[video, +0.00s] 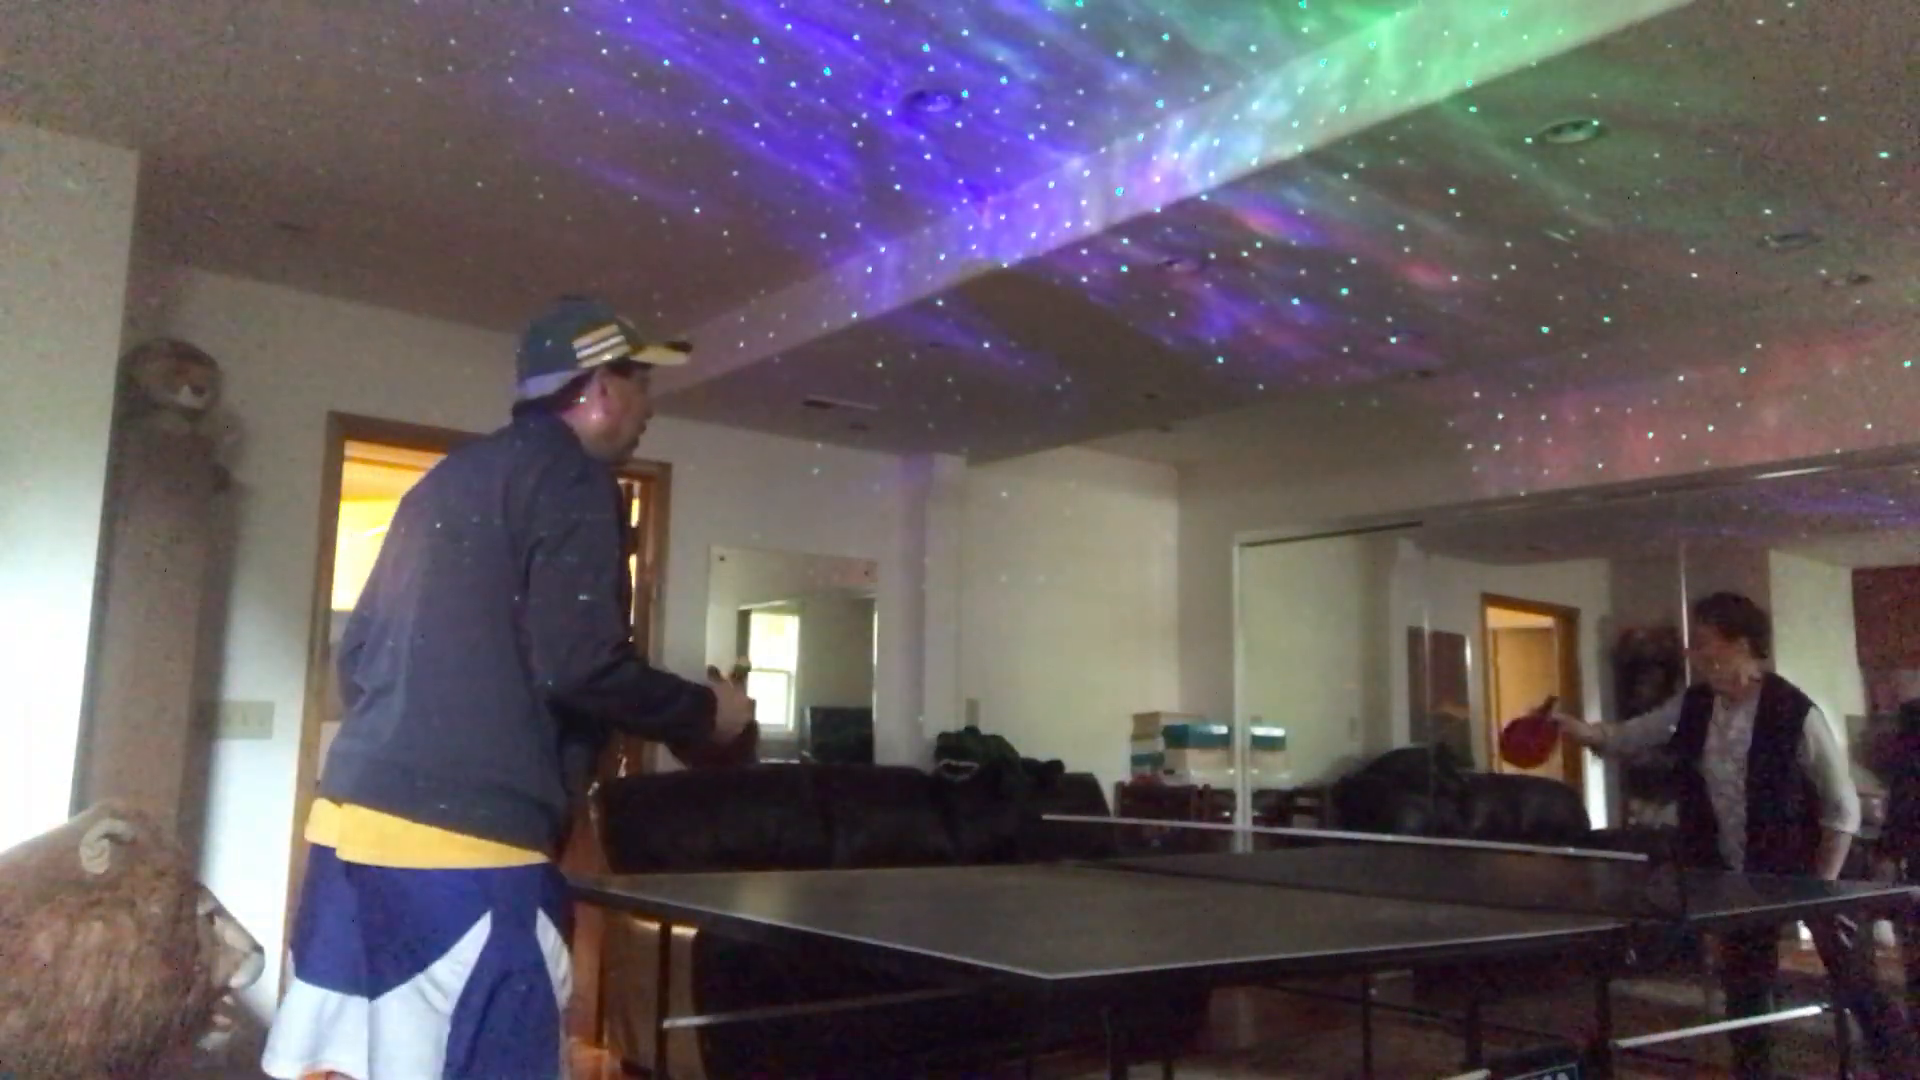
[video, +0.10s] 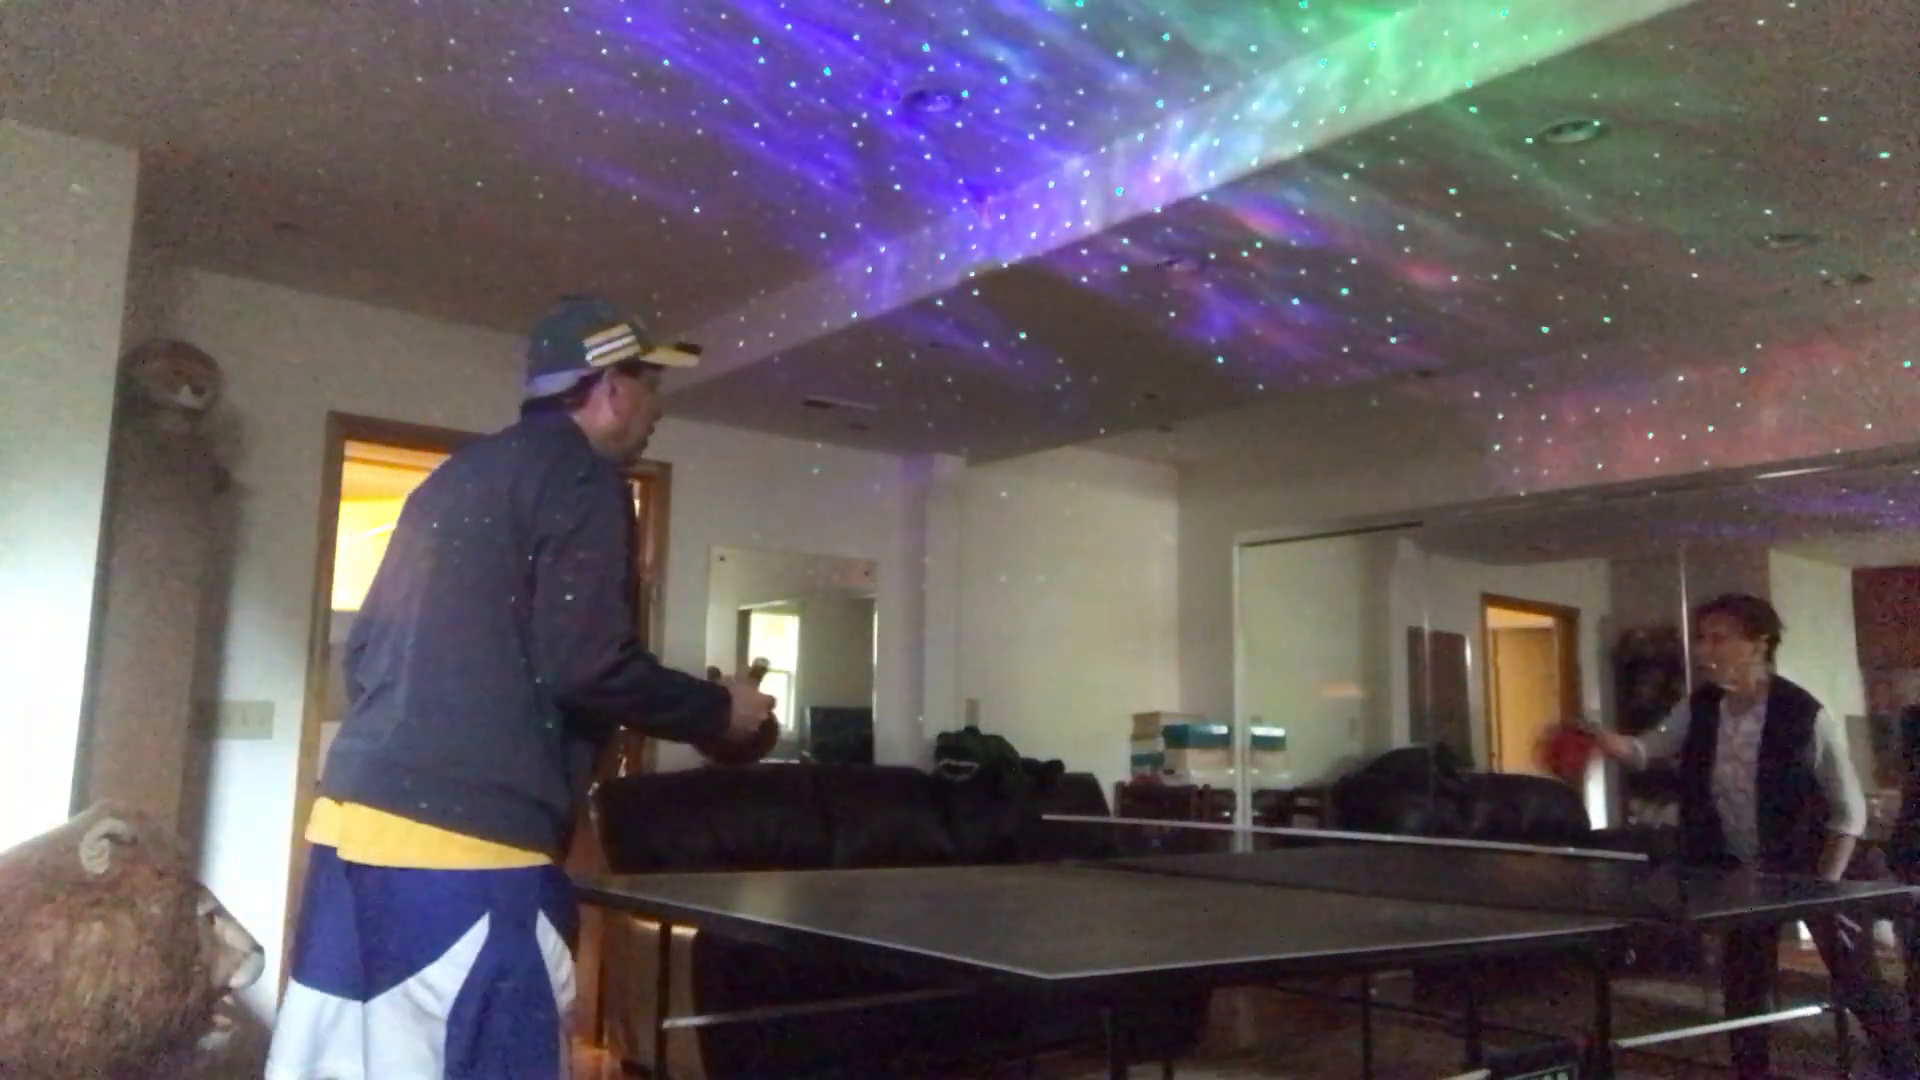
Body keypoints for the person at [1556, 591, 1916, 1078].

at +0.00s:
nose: (1695, 654)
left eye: (1705, 642)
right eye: (1694, 643)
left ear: (1742, 645)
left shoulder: (1796, 711)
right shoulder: (1692, 707)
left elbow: (1842, 808)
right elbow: (1625, 737)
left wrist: (1821, 888)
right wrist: (1562, 724)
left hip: (1808, 873)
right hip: (1738, 879)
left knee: (1858, 987)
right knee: (1745, 995)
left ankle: (1899, 1067)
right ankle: (1750, 1071)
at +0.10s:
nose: (1707, 651)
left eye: (1719, 639)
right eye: (1703, 640)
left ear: (1759, 643)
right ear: (1702, 647)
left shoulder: (1803, 712)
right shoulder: (1699, 707)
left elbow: (1849, 809)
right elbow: (1650, 749)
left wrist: (1824, 890)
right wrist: (1602, 739)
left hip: (1807, 862)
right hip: (1739, 869)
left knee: (1860, 983)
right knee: (1744, 988)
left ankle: (1902, 1067)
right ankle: (1750, 1069)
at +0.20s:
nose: (1713, 652)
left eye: (1729, 640)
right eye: (1710, 640)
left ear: (1768, 648)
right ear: (1705, 647)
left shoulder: (1811, 717)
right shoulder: (1703, 714)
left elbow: (1854, 814)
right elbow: (1671, 781)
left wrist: (1831, 894)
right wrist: (1651, 790)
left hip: (1809, 870)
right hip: (1736, 874)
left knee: (1860, 981)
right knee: (1743, 991)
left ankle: (1901, 1063)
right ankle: (1751, 1072)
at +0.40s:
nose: (1714, 662)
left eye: (1729, 649)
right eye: (1710, 651)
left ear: (1769, 655)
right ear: (1705, 660)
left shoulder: (1813, 720)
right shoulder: (1706, 726)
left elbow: (1864, 816)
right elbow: (1686, 811)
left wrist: (1846, 895)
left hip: (1821, 876)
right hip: (1750, 880)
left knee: (1863, 971)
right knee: (1742, 975)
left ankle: (1904, 1062)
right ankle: (1748, 1065)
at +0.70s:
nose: (1737, 666)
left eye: (1752, 653)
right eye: (1732, 654)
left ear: (1791, 663)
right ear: (1724, 662)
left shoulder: (1839, 728)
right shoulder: (1723, 729)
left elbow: (1889, 822)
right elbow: (1714, 819)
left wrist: (1872, 901)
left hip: (1839, 884)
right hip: (1764, 886)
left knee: (1892, 977)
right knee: (1748, 998)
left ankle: (1916, 1045)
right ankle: (1752, 1070)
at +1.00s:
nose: (1765, 671)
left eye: (1778, 655)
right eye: (1757, 658)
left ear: (1817, 658)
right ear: (1750, 664)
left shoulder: (1871, 722)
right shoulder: (1752, 725)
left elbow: (1913, 812)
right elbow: (1747, 808)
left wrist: (1903, 894)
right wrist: (1742, 828)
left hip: (1869, 888)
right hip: (1790, 889)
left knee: (1908, 993)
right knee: (1766, 1002)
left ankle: (1918, 1053)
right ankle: (1758, 1072)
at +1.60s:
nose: (1814, 690)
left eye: (1829, 678)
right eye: (1800, 677)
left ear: (1859, 683)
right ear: (1784, 683)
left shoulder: (1889, 722)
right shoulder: (1787, 735)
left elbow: (1913, 776)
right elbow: (1752, 768)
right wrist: (1711, 785)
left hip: (1895, 869)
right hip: (1819, 873)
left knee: (1913, 974)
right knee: (1808, 979)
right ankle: (1786, 1053)